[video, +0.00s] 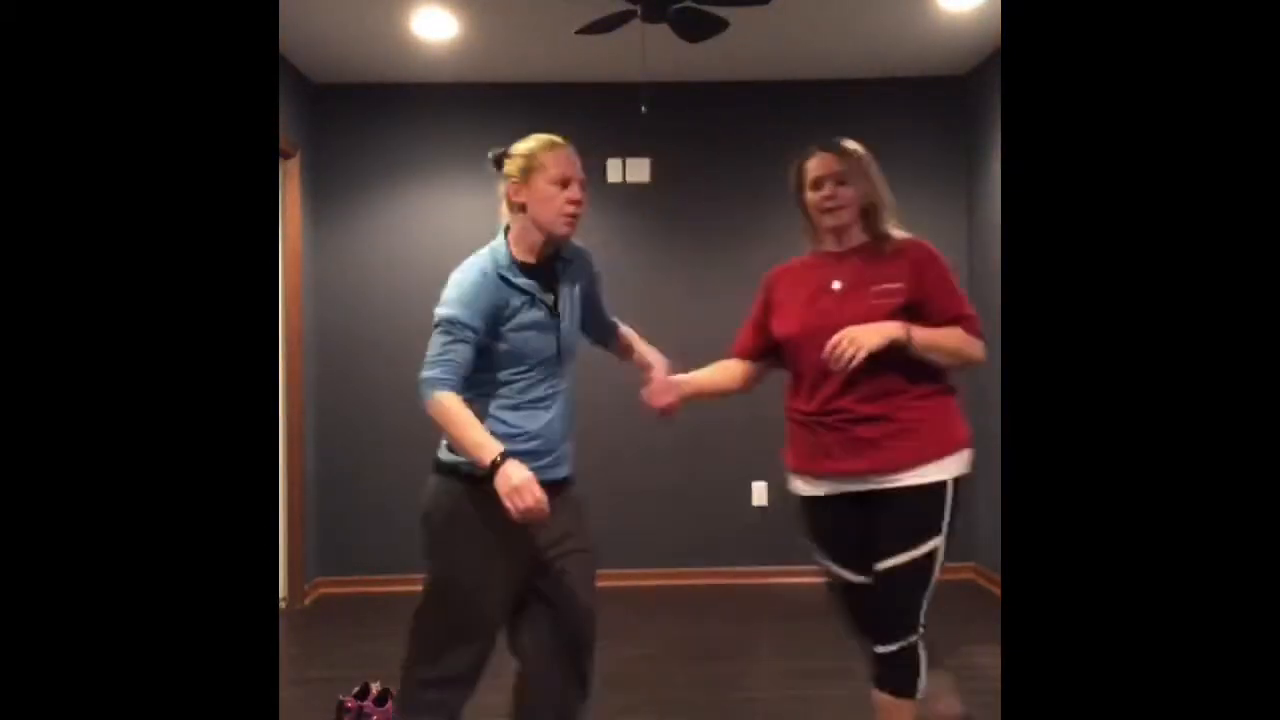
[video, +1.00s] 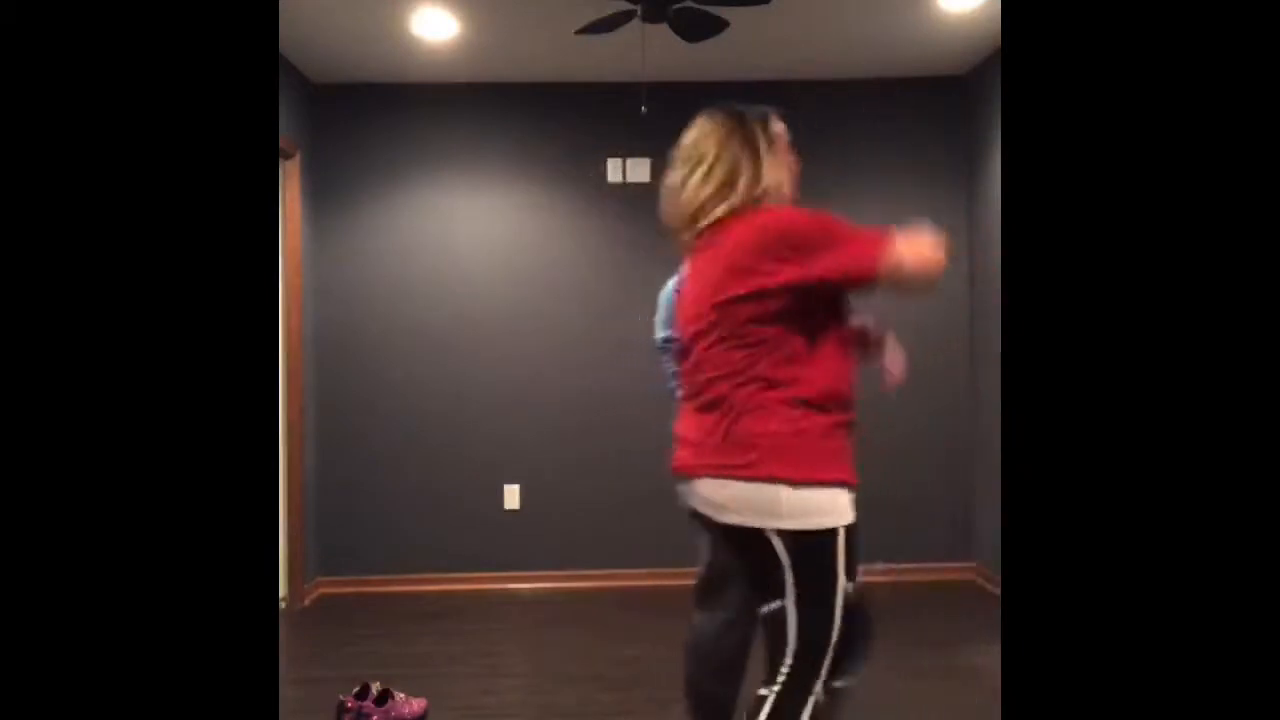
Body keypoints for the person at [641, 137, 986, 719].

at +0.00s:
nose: (829, 194)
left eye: (841, 181)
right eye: (817, 185)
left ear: (867, 187)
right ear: (803, 200)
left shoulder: (913, 260)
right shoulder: (785, 281)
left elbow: (971, 348)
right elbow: (747, 366)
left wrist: (895, 332)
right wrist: (682, 384)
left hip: (916, 471)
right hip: (824, 480)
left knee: (894, 634)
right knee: (871, 629)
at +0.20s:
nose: (859, 207)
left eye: (873, 194)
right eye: (849, 197)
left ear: (904, 196)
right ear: (841, 208)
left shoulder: (954, 266)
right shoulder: (838, 290)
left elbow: (997, 352)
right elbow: (824, 375)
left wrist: (921, 337)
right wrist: (755, 348)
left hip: (959, 472)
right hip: (876, 485)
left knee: (932, 634)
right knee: (939, 631)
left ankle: (975, 700)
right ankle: (989, 695)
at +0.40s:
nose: (881, 186)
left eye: (895, 173)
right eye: (871, 178)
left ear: (930, 181)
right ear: (864, 195)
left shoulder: (979, 263)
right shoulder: (847, 284)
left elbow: (1005, 354)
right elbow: (819, 377)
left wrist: (954, 335)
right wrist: (781, 300)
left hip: (970, 491)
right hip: (881, 499)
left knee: (950, 664)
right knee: (946, 647)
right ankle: (991, 687)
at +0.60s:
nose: (881, 168)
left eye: (895, 156)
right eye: (866, 161)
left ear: (925, 172)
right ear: (850, 185)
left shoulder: (983, 259)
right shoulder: (826, 260)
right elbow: (741, 242)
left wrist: (984, 305)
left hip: (973, 489)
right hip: (863, 493)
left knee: (962, 671)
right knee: (886, 675)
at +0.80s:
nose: (854, 167)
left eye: (864, 154)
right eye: (836, 153)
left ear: (877, 168)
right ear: (799, 168)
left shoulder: (896, 257)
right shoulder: (779, 243)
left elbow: (959, 363)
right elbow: (817, 168)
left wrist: (954, 301)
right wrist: (860, 102)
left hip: (922, 481)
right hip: (824, 485)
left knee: (940, 666)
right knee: (848, 667)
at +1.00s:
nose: (794, 162)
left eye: (789, 148)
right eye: (784, 150)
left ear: (713, 166)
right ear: (755, 162)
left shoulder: (712, 244)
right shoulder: (773, 231)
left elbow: (776, 334)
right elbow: (920, 257)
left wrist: (861, 341)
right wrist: (918, 239)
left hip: (726, 480)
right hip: (789, 485)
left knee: (841, 635)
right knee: (811, 658)